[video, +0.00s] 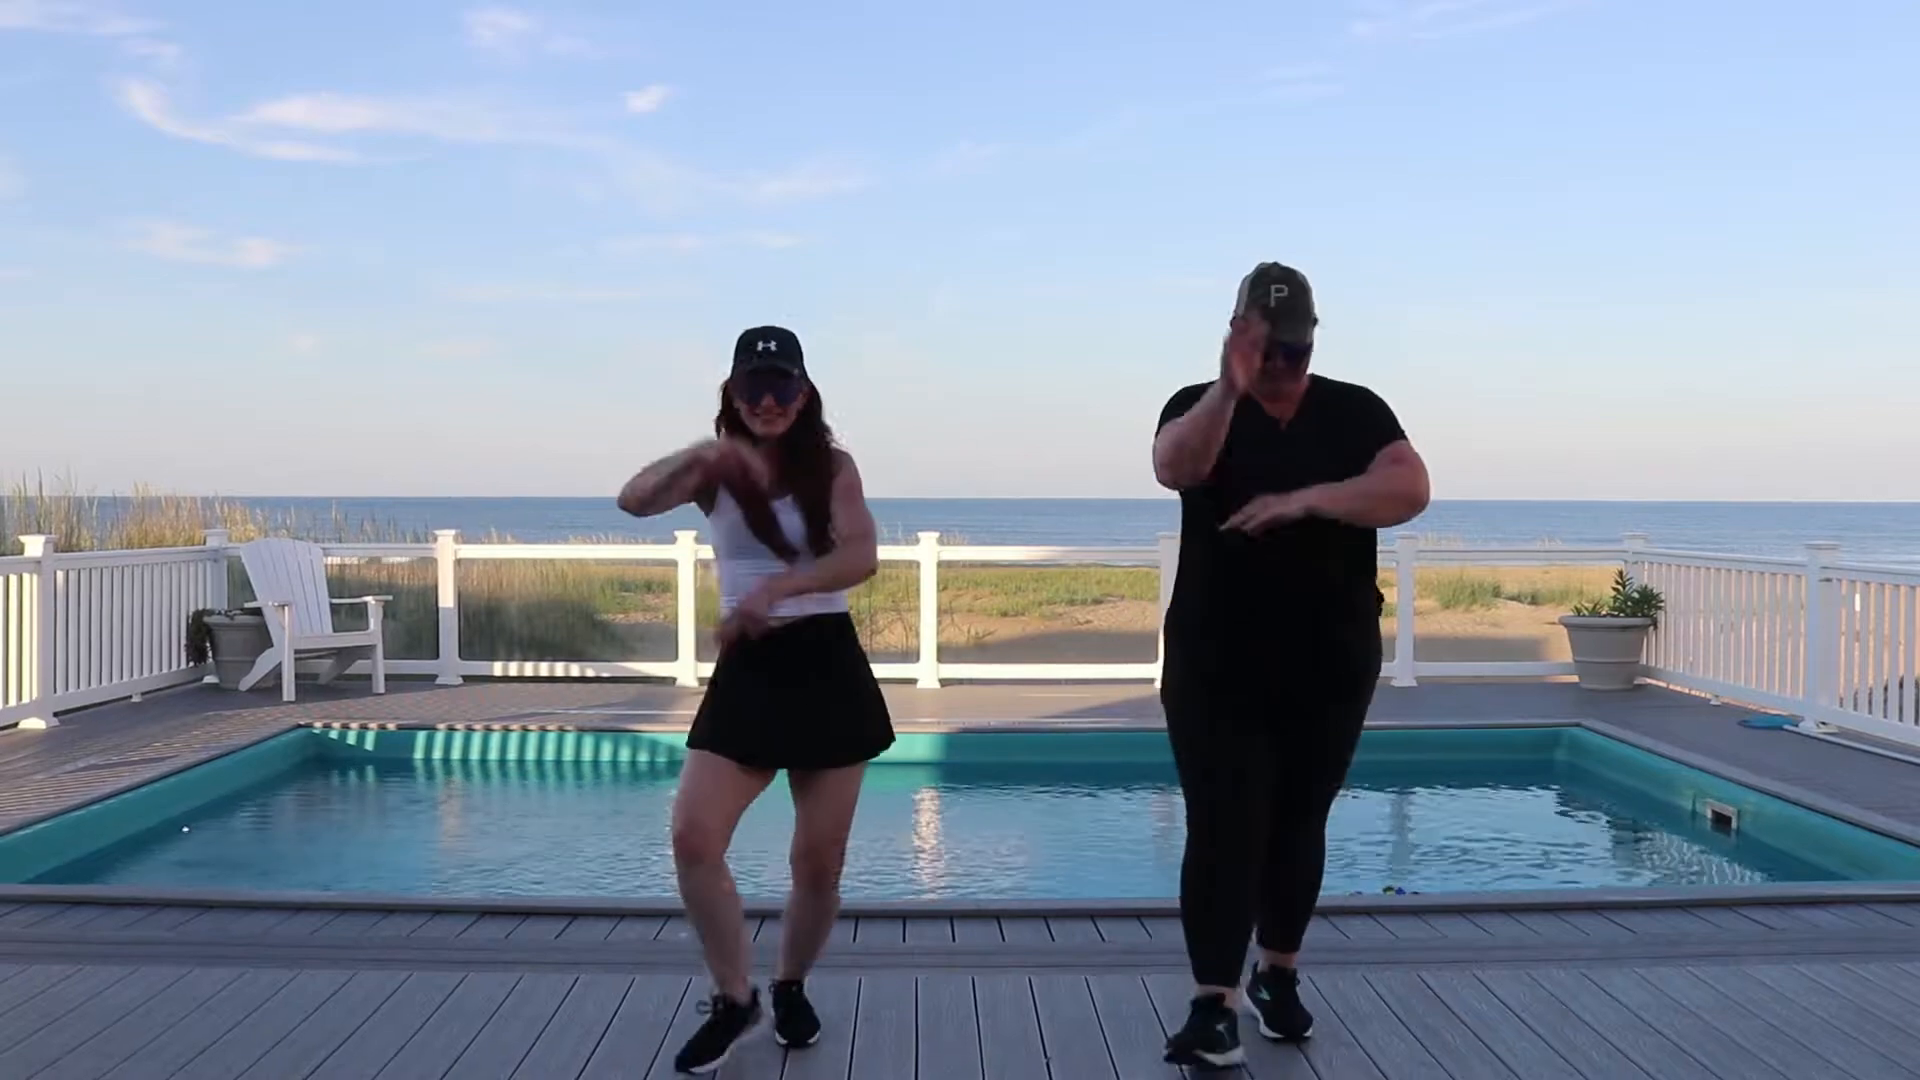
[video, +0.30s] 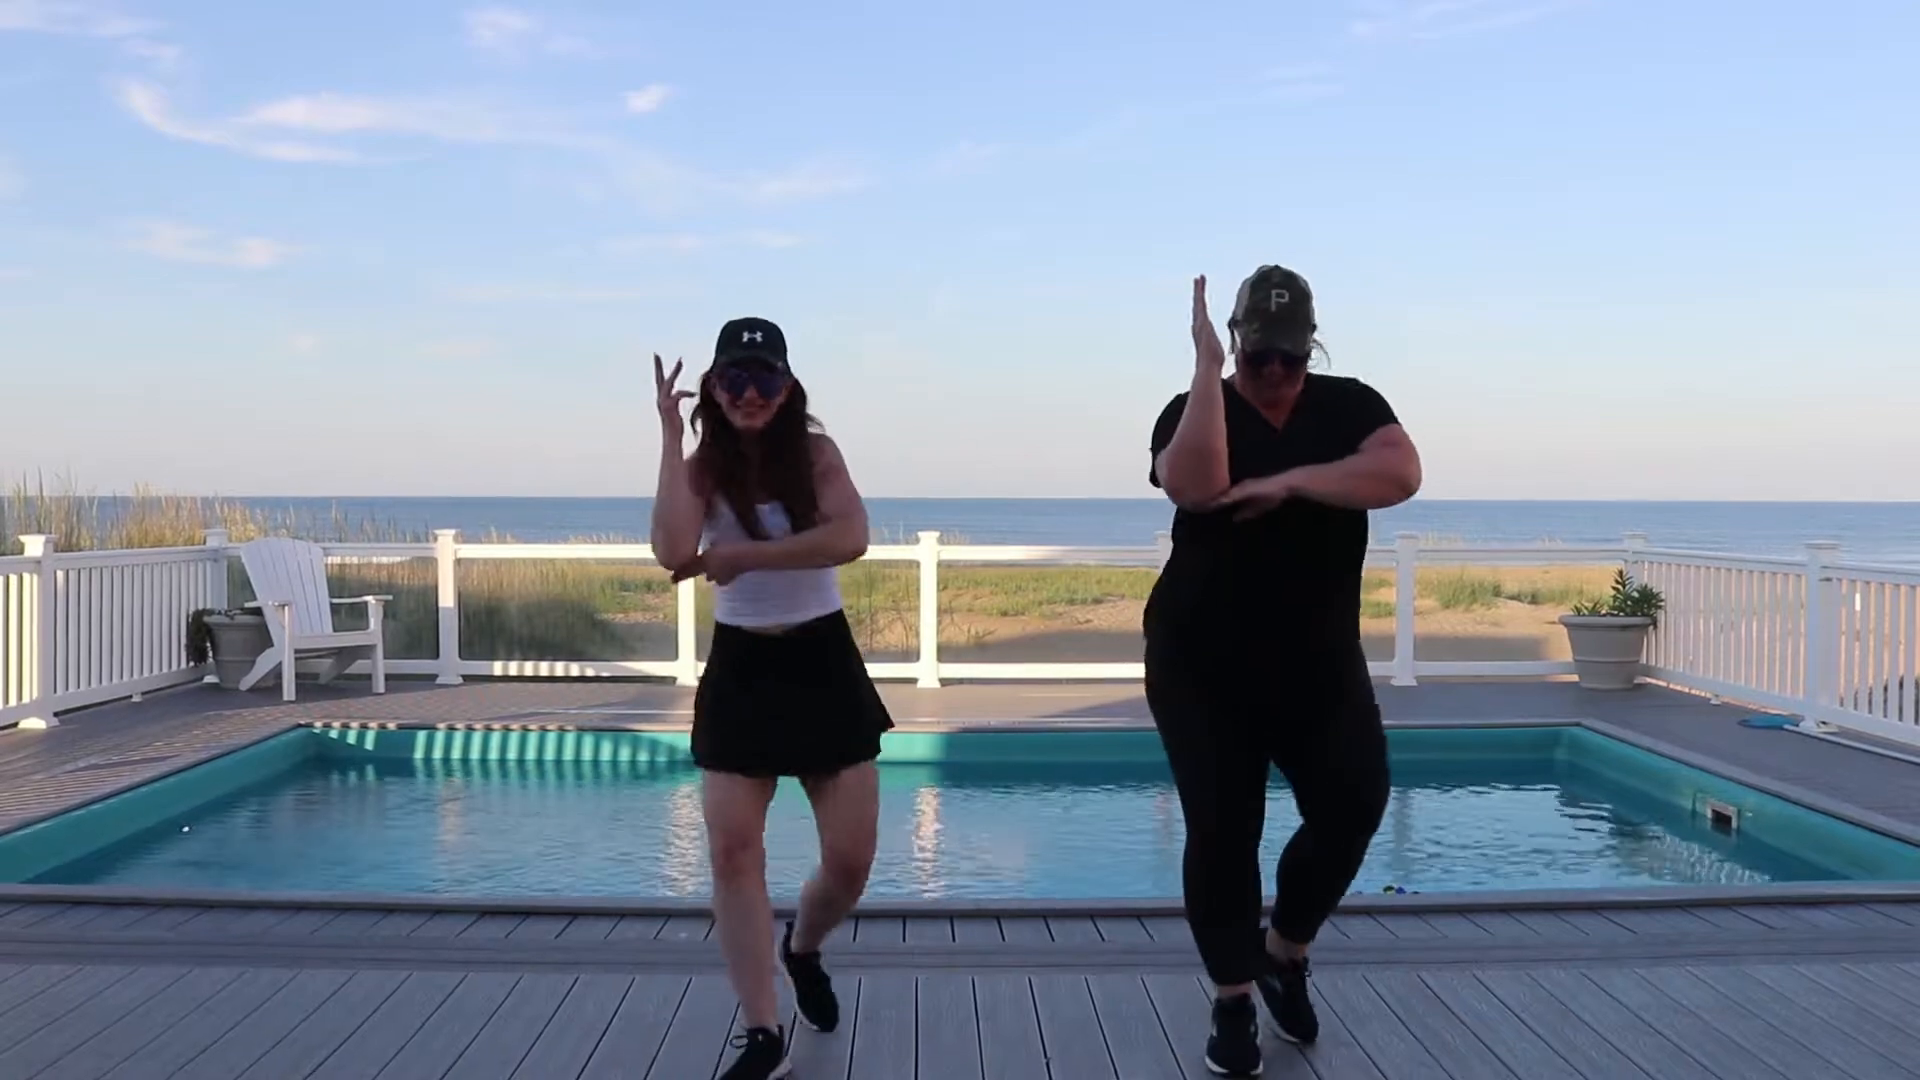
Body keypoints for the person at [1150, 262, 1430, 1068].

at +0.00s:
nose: (1286, 364)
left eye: (1298, 350)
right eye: (1271, 349)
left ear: (1313, 340)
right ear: (1238, 339)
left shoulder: (1353, 409)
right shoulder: (1195, 408)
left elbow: (1409, 489)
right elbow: (1179, 470)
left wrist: (1307, 498)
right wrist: (1230, 384)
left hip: (1327, 667)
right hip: (1216, 665)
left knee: (1301, 823)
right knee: (1222, 825)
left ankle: (1278, 974)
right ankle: (1214, 1000)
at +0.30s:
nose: (1276, 374)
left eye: (1290, 359)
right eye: (1261, 359)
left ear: (1311, 348)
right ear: (1234, 347)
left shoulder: (1350, 405)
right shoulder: (1189, 414)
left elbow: (1400, 474)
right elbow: (1194, 485)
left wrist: (1292, 482)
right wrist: (1208, 368)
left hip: (1318, 654)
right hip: (1205, 659)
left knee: (1356, 799)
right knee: (1221, 825)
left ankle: (1286, 947)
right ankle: (1231, 996)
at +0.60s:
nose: (1279, 328)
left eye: (1292, 316)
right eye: (1265, 314)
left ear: (1310, 322)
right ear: (1235, 319)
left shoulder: (1349, 401)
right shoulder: (1189, 401)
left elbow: (1408, 479)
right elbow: (1178, 470)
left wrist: (1293, 485)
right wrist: (1230, 371)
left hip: (1321, 658)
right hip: (1207, 657)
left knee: (1301, 823)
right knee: (1207, 825)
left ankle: (1283, 974)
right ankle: (1220, 985)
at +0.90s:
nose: (1273, 321)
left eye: (1287, 312)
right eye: (1259, 309)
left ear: (1303, 331)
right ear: (1228, 324)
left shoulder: (1342, 418)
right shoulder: (1186, 414)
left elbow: (1420, 475)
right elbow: (1163, 505)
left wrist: (1377, 379)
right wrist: (1287, 520)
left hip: (1313, 664)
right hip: (1199, 664)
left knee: (1318, 828)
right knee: (1210, 830)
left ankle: (1344, 1003)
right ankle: (1222, 974)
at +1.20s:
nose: (1294, 313)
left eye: (1308, 303)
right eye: (1279, 302)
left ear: (1327, 321)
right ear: (1252, 319)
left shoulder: (1365, 409)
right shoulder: (1211, 398)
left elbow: (1398, 473)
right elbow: (1183, 484)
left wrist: (1390, 356)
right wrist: (1306, 481)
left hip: (1333, 667)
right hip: (1216, 661)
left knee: (1314, 836)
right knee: (1195, 827)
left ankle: (1299, 1000)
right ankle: (1223, 954)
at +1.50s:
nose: (1300, 309)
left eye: (1313, 299)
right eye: (1284, 297)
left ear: (1332, 312)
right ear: (1257, 310)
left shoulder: (1371, 399)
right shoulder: (1217, 394)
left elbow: (1423, 464)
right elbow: (1201, 487)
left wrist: (1406, 345)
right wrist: (1329, 484)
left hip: (1341, 643)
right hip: (1225, 643)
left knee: (1338, 814)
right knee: (1229, 809)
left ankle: (1316, 974)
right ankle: (1229, 957)